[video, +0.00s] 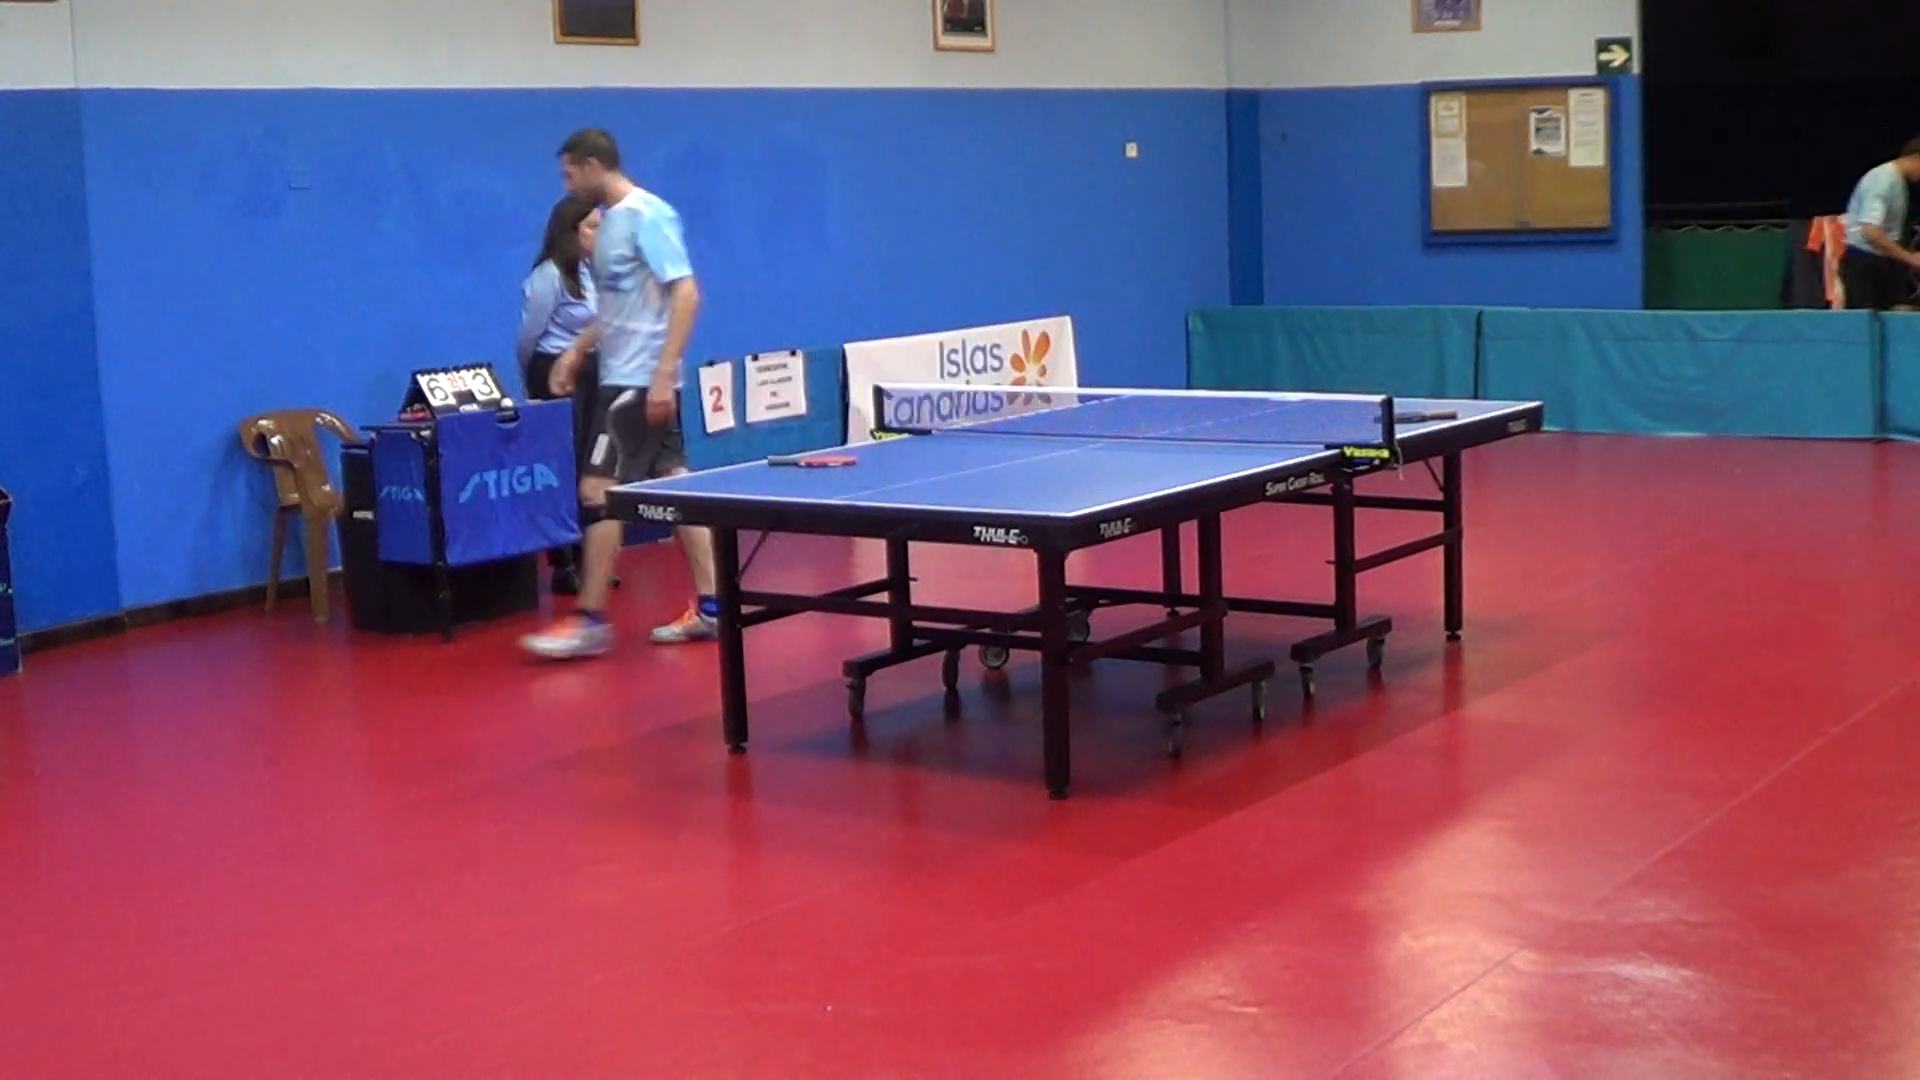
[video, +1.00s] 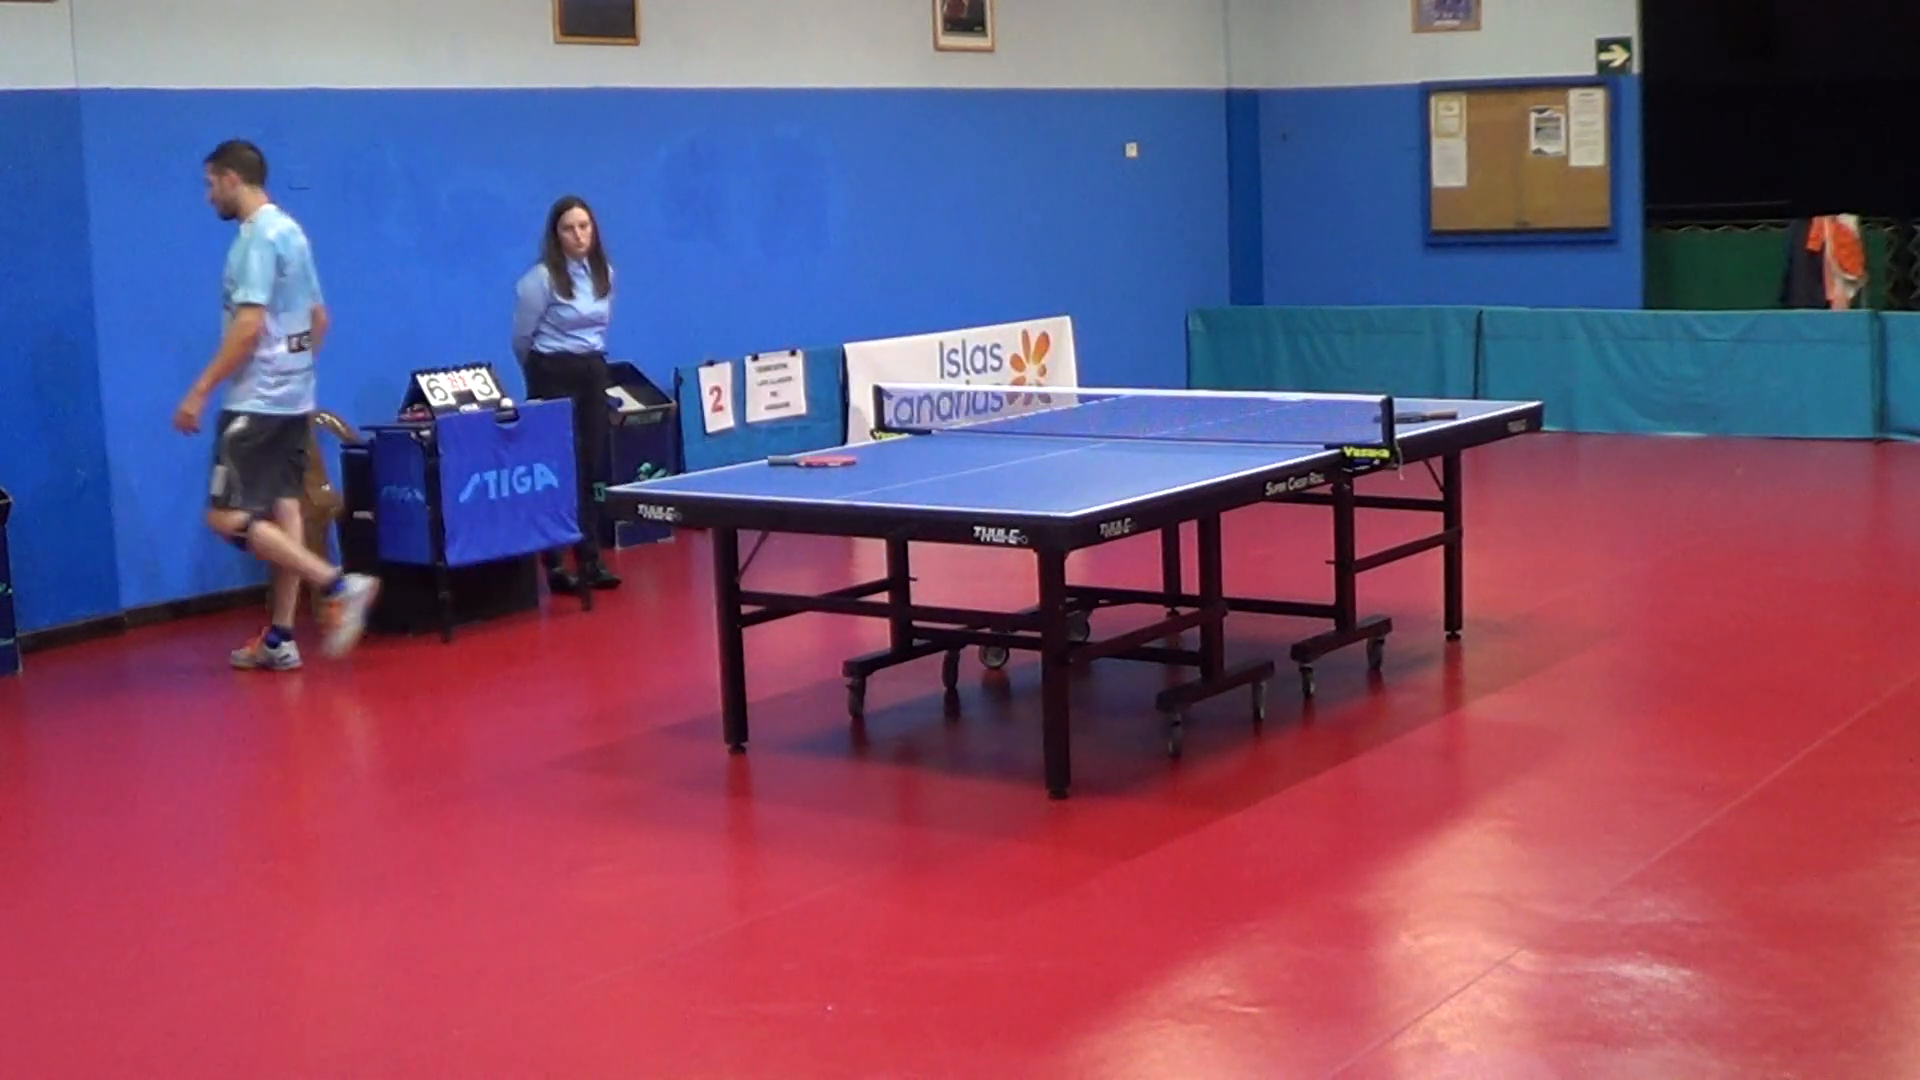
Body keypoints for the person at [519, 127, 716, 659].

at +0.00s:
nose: (568, 185)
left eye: (569, 174)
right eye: (566, 177)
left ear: (593, 166)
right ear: (593, 167)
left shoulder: (647, 214)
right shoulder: (611, 222)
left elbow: (687, 294)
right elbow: (620, 305)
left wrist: (666, 375)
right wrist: (578, 348)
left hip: (641, 381)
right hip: (627, 378)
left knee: (599, 490)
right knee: (681, 491)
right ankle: (712, 606)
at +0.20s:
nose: (492, 196)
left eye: (493, 184)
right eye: (490, 185)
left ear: (518, 177)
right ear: (519, 177)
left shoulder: (569, 225)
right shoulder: (541, 230)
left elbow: (607, 308)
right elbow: (548, 317)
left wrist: (594, 397)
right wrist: (527, 381)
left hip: (563, 396)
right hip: (549, 395)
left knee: (520, 502)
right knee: (602, 499)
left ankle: (506, 629)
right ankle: (688, 588)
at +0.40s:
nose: (419, 181)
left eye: (422, 170)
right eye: (418, 171)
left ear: (447, 167)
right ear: (450, 166)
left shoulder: (488, 220)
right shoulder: (468, 220)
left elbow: (502, 307)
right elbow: (480, 310)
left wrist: (488, 393)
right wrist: (461, 384)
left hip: (493, 388)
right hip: (465, 385)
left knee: (492, 505)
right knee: (444, 489)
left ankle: (504, 629)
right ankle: (547, 568)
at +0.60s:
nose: (348, 189)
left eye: (352, 177)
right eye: (348, 178)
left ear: (374, 175)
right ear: (385, 175)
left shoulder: (405, 229)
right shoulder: (427, 224)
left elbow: (399, 318)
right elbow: (469, 306)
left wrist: (351, 394)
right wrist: (460, 381)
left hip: (428, 399)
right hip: (398, 401)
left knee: (464, 507)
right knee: (370, 499)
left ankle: (502, 628)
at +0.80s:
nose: (275, 195)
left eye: (279, 184)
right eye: (276, 184)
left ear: (300, 183)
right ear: (315, 182)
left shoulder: (326, 239)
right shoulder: (358, 235)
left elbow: (315, 326)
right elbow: (395, 320)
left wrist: (260, 397)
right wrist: (386, 400)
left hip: (341, 410)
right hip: (330, 409)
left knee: (385, 515)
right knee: (311, 514)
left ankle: (474, 612)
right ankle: (283, 638)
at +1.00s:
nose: (208, 193)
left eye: (212, 183)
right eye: (209, 183)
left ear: (233, 181)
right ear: (251, 181)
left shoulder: (256, 238)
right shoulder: (291, 231)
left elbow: (248, 327)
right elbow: (317, 318)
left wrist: (198, 392)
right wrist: (289, 375)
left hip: (259, 401)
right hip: (293, 400)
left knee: (225, 516)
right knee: (285, 511)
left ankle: (338, 584)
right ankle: (279, 636)